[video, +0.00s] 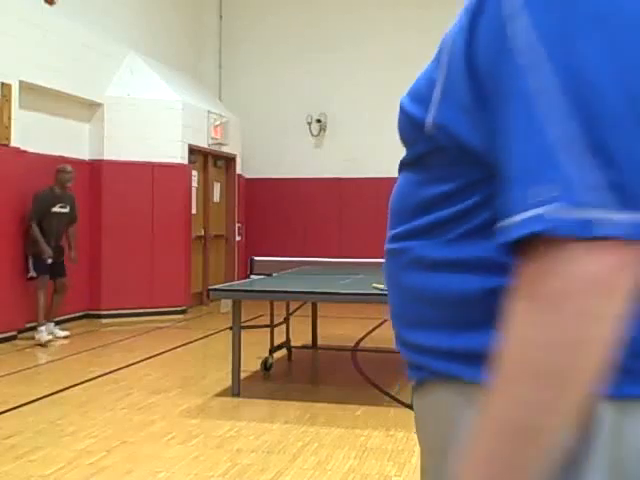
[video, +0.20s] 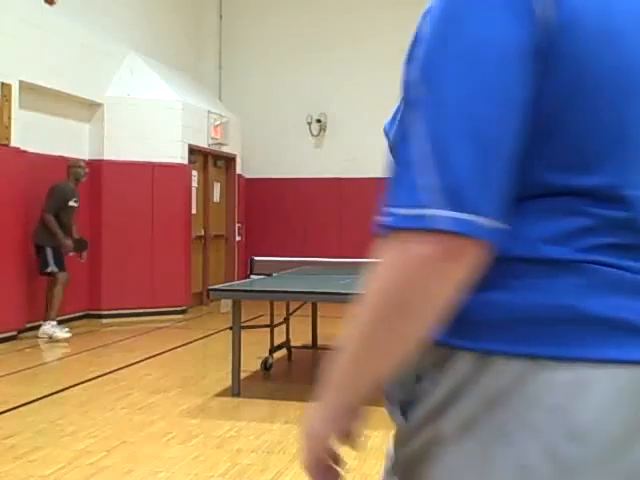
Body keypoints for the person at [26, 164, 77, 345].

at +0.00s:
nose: (70, 178)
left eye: (71, 175)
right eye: (67, 174)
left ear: (71, 177)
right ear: (57, 176)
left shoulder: (70, 198)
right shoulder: (43, 197)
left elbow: (71, 225)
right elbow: (33, 223)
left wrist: (72, 248)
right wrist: (43, 246)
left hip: (57, 247)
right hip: (40, 247)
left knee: (61, 285)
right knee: (43, 284)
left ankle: (50, 324)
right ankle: (41, 327)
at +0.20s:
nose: (86, 171)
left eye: (86, 168)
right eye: (82, 168)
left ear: (78, 172)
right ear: (71, 171)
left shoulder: (74, 192)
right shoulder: (61, 189)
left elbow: (69, 221)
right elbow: (47, 214)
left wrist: (78, 242)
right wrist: (62, 238)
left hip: (55, 240)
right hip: (47, 239)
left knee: (55, 279)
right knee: (61, 277)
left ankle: (49, 322)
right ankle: (50, 323)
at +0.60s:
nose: (112, 174)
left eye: (112, 171)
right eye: (108, 171)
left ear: (107, 175)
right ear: (99, 174)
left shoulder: (99, 195)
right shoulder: (92, 194)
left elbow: (94, 223)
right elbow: (82, 222)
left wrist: (106, 240)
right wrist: (106, 234)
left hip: (83, 245)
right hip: (84, 246)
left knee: (74, 283)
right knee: (102, 280)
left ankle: (51, 322)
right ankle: (107, 323)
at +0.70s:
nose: (123, 174)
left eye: (122, 171)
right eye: (119, 171)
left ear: (113, 175)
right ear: (109, 174)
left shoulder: (110, 195)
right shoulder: (102, 194)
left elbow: (106, 223)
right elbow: (94, 222)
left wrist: (117, 241)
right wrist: (117, 235)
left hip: (98, 245)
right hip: (96, 246)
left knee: (92, 283)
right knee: (112, 280)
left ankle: (63, 315)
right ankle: (109, 322)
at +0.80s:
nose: (130, 173)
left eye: (130, 169)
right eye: (126, 169)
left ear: (124, 173)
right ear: (118, 172)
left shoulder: (120, 192)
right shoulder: (112, 192)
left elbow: (117, 220)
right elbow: (105, 219)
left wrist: (124, 239)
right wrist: (129, 231)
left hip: (113, 243)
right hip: (107, 244)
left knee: (114, 280)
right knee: (117, 280)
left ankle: (85, 307)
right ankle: (110, 322)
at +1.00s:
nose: (150, 172)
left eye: (150, 168)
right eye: (147, 168)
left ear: (144, 172)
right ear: (138, 171)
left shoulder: (141, 193)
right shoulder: (133, 192)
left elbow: (138, 220)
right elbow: (129, 218)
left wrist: (158, 229)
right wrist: (154, 228)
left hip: (136, 244)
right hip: (125, 244)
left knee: (148, 276)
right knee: (124, 281)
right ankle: (111, 322)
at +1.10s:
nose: (162, 173)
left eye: (161, 170)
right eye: (158, 170)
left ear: (156, 173)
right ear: (150, 172)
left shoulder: (154, 195)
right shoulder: (146, 195)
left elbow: (151, 221)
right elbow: (143, 221)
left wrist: (169, 231)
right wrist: (167, 230)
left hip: (147, 247)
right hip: (135, 247)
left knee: (158, 281)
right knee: (131, 284)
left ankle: (171, 318)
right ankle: (111, 322)